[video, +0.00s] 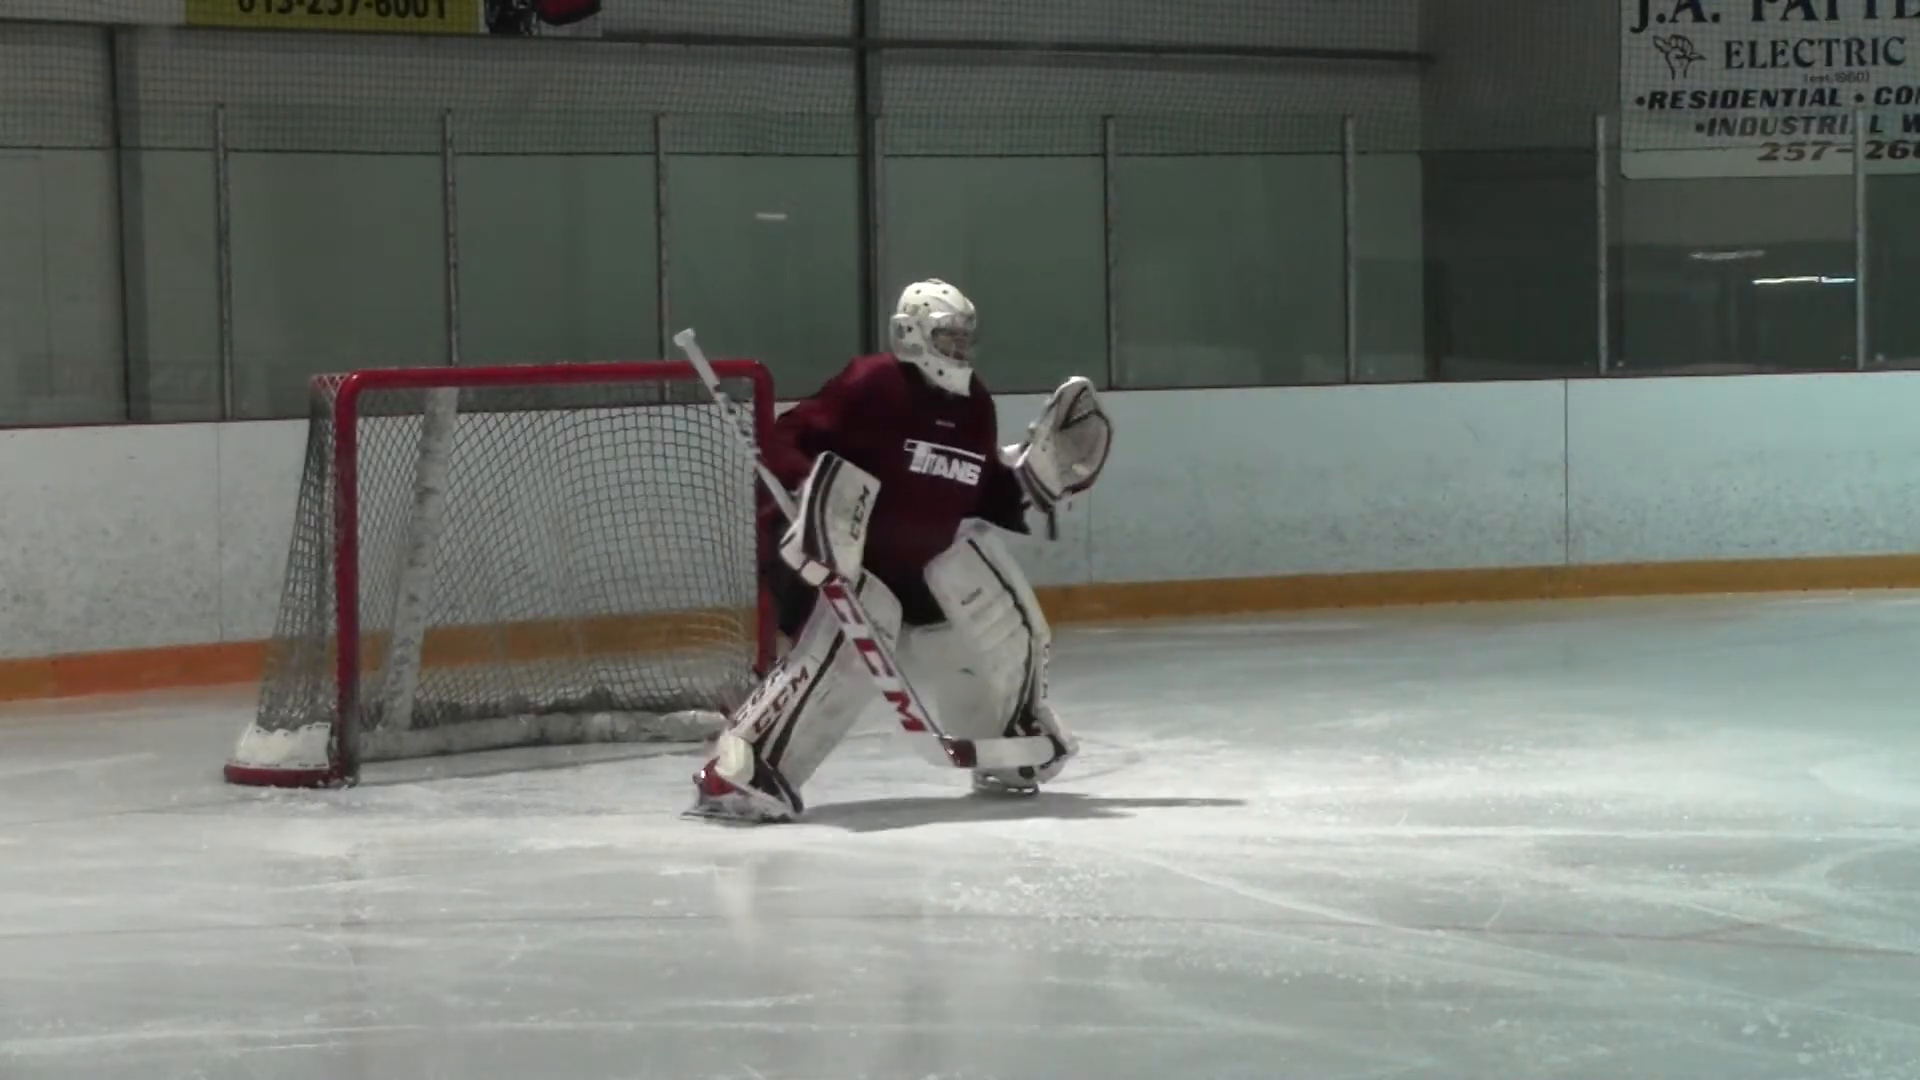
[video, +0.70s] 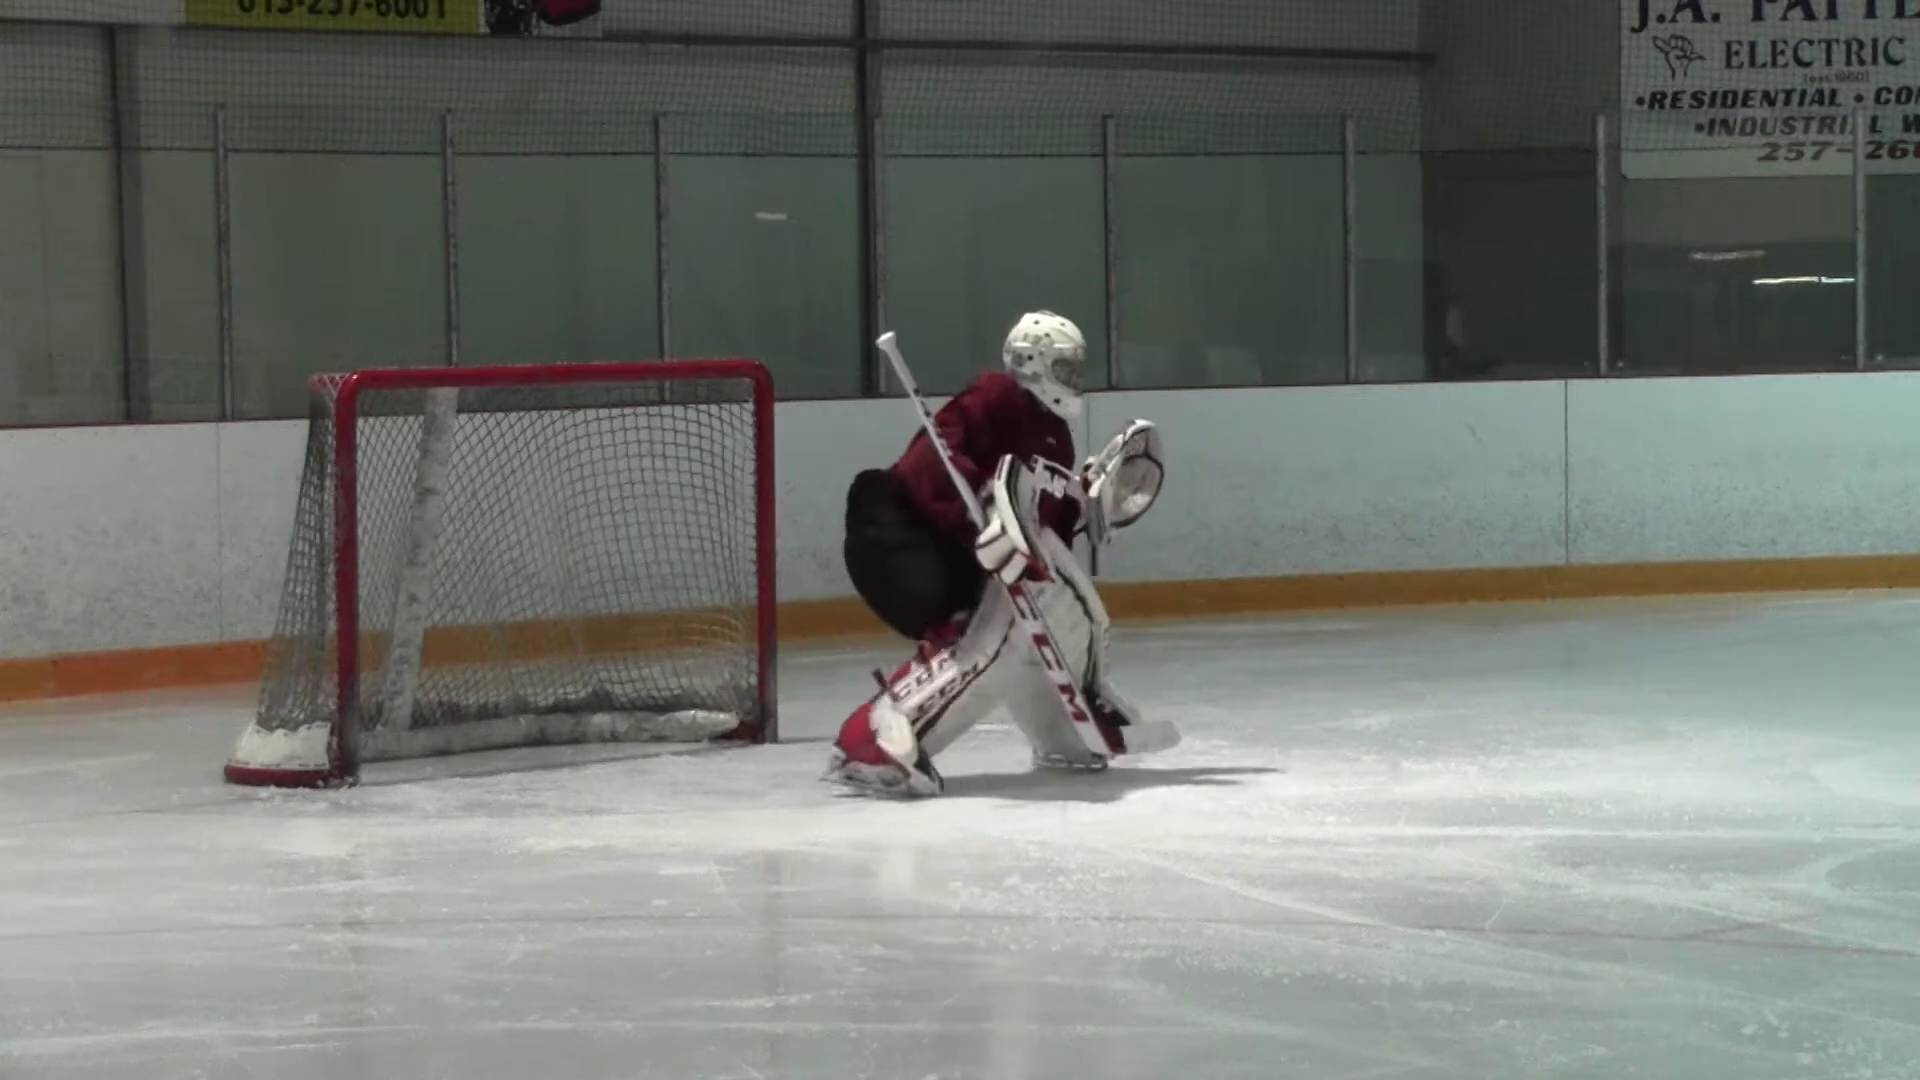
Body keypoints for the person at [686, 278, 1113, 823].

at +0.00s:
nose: (959, 348)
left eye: (964, 336)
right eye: (947, 335)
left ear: (970, 338)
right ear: (911, 334)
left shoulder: (974, 403)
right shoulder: (873, 382)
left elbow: (984, 491)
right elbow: (782, 440)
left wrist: (1036, 479)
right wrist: (824, 491)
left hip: (936, 571)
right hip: (860, 566)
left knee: (980, 657)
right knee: (830, 673)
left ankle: (1007, 757)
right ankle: (742, 775)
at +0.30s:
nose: (1022, 368)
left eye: (1026, 356)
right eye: (1010, 356)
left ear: (1027, 356)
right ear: (974, 353)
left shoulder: (1023, 428)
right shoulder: (936, 395)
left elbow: (1016, 524)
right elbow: (851, 448)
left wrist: (1068, 501)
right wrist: (892, 503)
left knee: (1017, 645)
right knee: (899, 664)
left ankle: (1023, 749)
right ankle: (783, 762)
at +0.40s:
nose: (1048, 367)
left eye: (1052, 355)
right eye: (1036, 355)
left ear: (1053, 354)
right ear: (1000, 353)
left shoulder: (1046, 427)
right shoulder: (965, 394)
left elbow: (1045, 513)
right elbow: (881, 448)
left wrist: (1095, 497)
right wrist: (928, 500)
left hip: (998, 561)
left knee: (1054, 624)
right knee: (914, 657)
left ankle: (1058, 736)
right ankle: (811, 760)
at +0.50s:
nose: (1065, 372)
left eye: (1068, 361)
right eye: (1054, 360)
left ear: (1070, 360)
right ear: (1020, 357)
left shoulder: (1055, 428)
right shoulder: (983, 388)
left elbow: (1048, 517)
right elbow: (907, 445)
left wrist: (1104, 506)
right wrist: (960, 507)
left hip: (1003, 553)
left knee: (1059, 640)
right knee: (940, 652)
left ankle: (1088, 744)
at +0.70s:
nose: (1074, 381)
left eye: (1077, 369)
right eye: (1063, 368)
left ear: (1075, 367)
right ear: (1030, 366)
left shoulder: (1054, 435)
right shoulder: (994, 397)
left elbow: (1050, 519)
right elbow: (926, 463)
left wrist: (1096, 501)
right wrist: (986, 526)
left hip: (962, 551)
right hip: (903, 540)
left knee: (1043, 616)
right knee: (981, 636)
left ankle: (1066, 739)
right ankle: (872, 743)